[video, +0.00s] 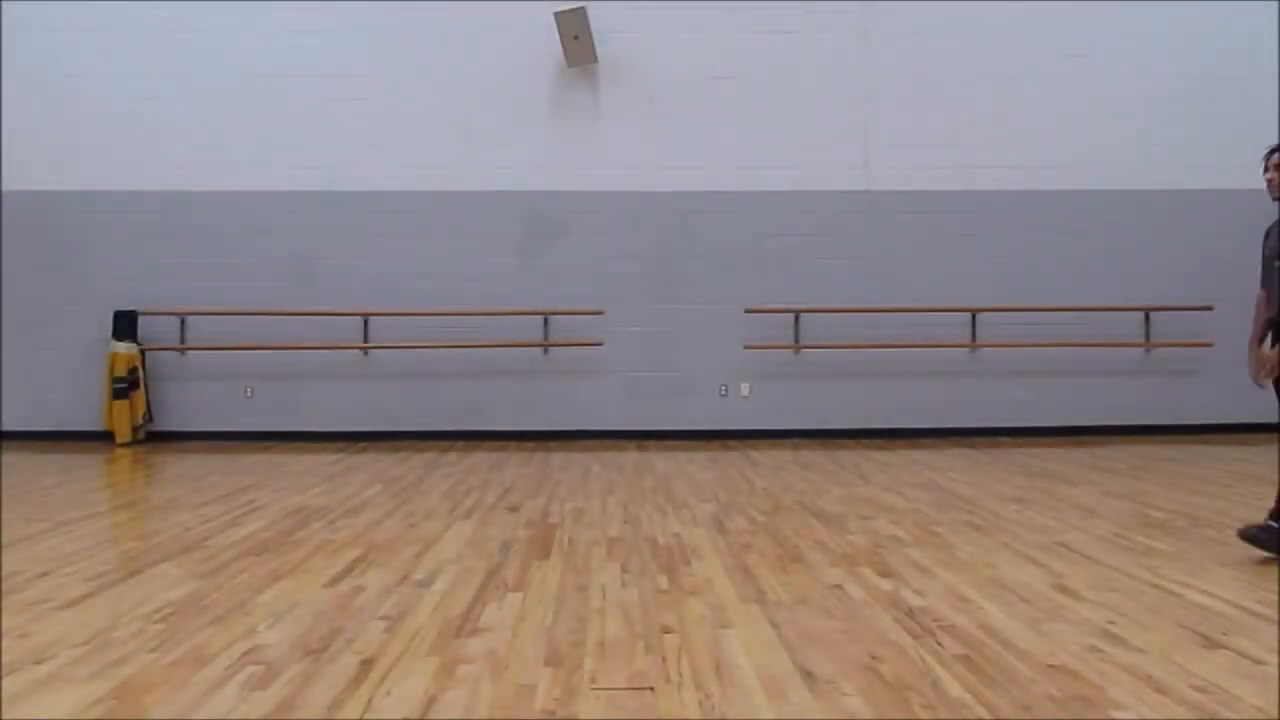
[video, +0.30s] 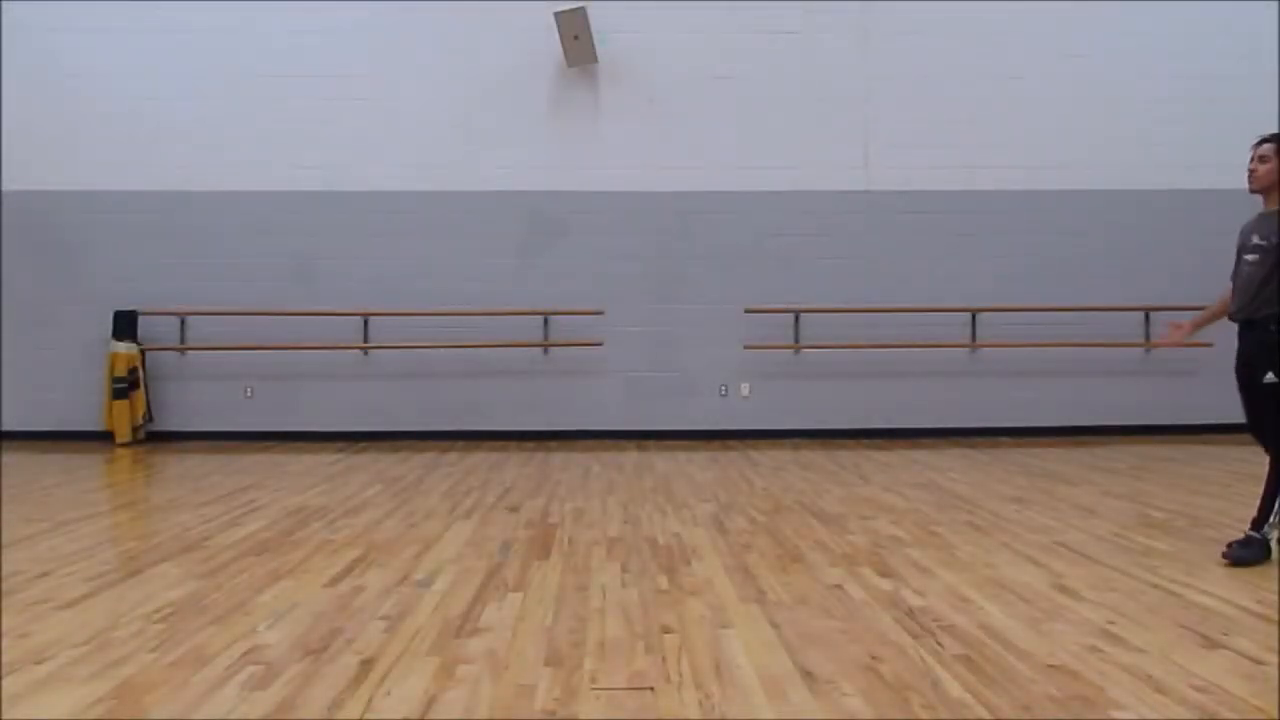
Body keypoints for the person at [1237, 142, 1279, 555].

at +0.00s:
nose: (1272, 177)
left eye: (1277, 169)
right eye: (1269, 170)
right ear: (1264, 178)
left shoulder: (1275, 232)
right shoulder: (1272, 233)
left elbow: (1269, 292)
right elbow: (1267, 291)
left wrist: (1269, 344)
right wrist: (1256, 341)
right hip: (1278, 345)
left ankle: (1276, 517)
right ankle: (1275, 517)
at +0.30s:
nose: (1252, 167)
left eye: (1263, 160)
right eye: (1252, 160)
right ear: (1252, 170)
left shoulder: (1274, 224)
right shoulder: (1251, 227)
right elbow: (1237, 295)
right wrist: (1193, 324)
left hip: (1274, 340)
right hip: (1250, 340)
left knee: (1275, 437)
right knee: (1262, 430)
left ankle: (1263, 531)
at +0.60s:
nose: (1227, 163)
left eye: (1237, 155)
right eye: (1226, 156)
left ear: (1265, 163)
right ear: (1229, 165)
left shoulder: (1274, 213)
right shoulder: (1230, 222)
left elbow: (1276, 276)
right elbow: (1213, 286)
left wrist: (1266, 289)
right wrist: (1155, 297)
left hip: (1262, 332)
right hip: (1224, 331)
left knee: (1264, 433)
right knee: (1199, 422)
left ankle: (1260, 532)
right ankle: (1236, 518)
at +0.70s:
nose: (1216, 163)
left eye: (1227, 155)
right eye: (1215, 156)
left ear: (1255, 163)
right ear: (1219, 166)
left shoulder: (1272, 213)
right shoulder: (1219, 223)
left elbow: (1274, 277)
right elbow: (1200, 284)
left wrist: (1239, 271)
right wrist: (1141, 276)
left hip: (1260, 331)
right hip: (1217, 332)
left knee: (1262, 435)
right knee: (1192, 425)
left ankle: (1259, 535)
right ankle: (1185, 528)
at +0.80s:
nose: (1205, 165)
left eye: (1214, 157)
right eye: (1202, 159)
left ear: (1242, 163)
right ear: (1204, 168)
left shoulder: (1264, 212)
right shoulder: (1210, 217)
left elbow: (1252, 271)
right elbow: (1175, 276)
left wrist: (1209, 230)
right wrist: (1129, 244)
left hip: (1253, 332)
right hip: (1208, 334)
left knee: (1260, 438)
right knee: (1184, 429)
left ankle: (1258, 536)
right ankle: (1148, 524)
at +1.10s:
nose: (1162, 170)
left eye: (1172, 161)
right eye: (1159, 163)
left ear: (1197, 167)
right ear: (1157, 171)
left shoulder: (1219, 212)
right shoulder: (1150, 224)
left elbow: (1205, 214)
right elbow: (1107, 264)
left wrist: (1188, 159)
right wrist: (1071, 225)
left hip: (1195, 335)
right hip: (1149, 337)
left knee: (1215, 439)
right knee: (1142, 441)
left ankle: (1253, 530)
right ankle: (1129, 538)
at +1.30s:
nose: (1136, 162)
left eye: (1146, 154)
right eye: (1129, 157)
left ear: (1168, 164)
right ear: (1123, 170)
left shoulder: (1181, 213)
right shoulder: (1115, 222)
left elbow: (1179, 186)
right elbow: (1066, 261)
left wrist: (1162, 128)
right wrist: (1024, 233)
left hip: (1155, 330)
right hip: (1112, 330)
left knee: (1155, 438)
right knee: (1122, 440)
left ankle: (1218, 507)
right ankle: (1128, 537)